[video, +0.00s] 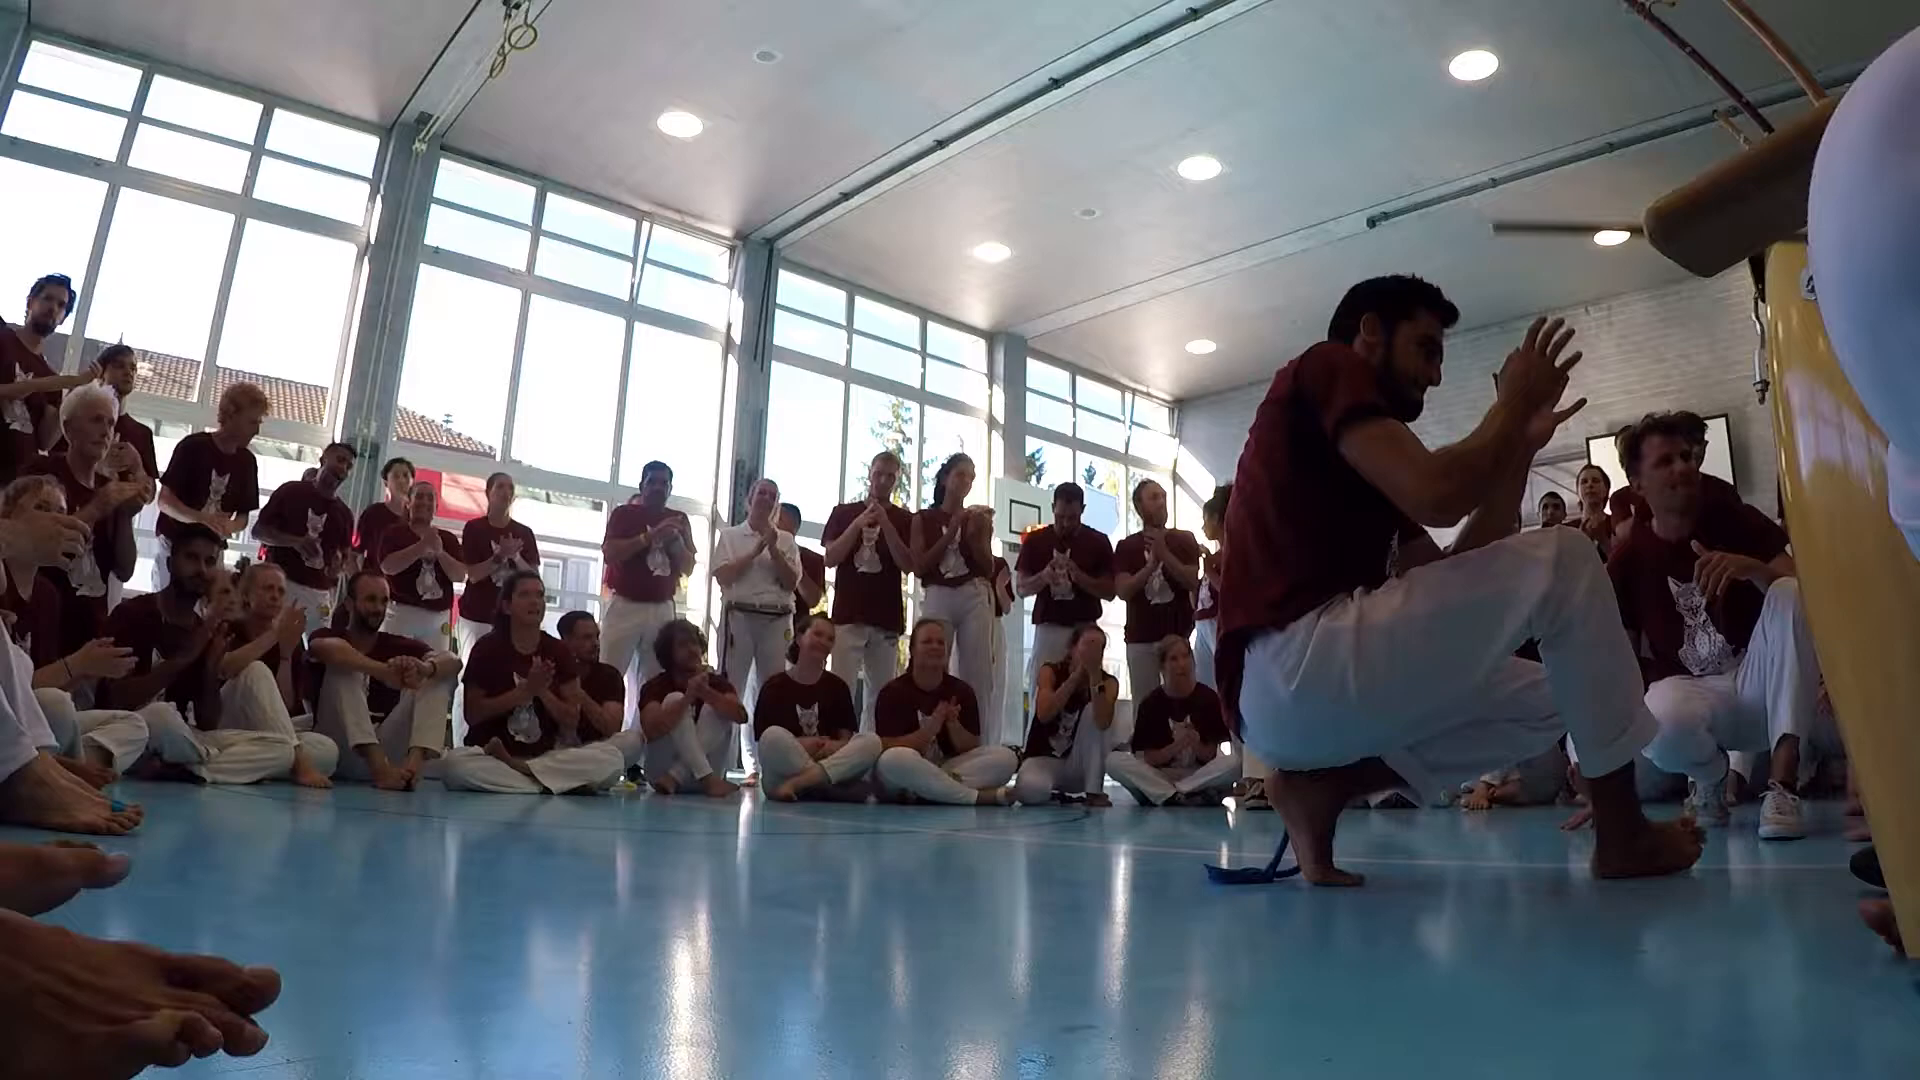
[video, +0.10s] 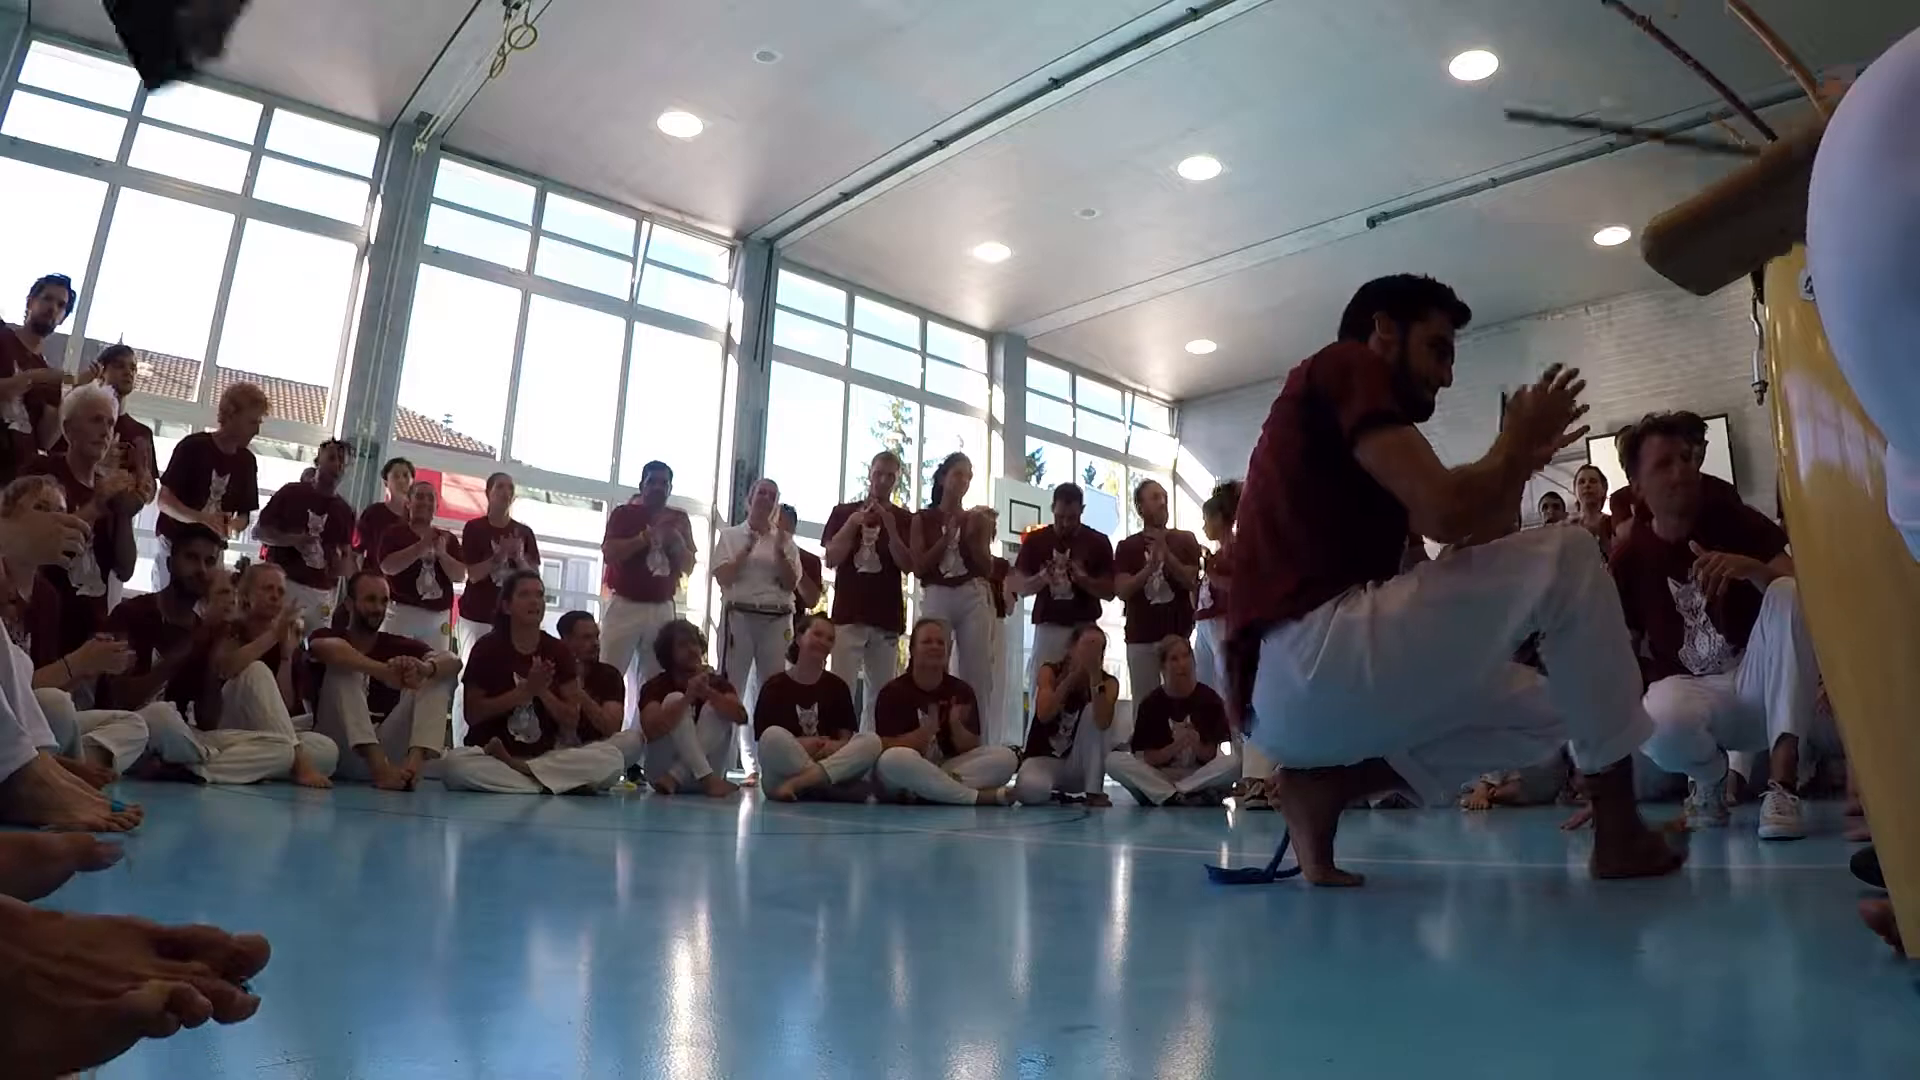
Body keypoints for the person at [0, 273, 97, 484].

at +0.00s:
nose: (53, 309)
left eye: (60, 306)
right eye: (47, 299)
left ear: (63, 318)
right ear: (30, 302)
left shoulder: (52, 379)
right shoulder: (5, 338)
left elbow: (46, 442)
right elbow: (9, 392)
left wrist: (77, 391)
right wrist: (72, 382)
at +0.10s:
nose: (53, 308)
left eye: (61, 305)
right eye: (47, 298)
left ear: (64, 317)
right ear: (30, 302)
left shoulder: (47, 375)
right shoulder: (3, 337)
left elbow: (46, 441)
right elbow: (4, 392)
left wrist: (77, 392)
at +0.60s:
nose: (38, 299)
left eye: (46, 294)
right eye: (32, 289)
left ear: (48, 303)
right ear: (12, 291)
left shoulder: (44, 369)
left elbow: (40, 426)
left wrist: (59, 375)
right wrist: (19, 361)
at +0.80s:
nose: (36, 296)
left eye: (42, 290)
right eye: (28, 286)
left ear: (46, 299)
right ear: (8, 290)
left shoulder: (39, 361)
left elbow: (36, 431)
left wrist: (51, 378)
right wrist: (25, 368)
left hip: (11, 470)